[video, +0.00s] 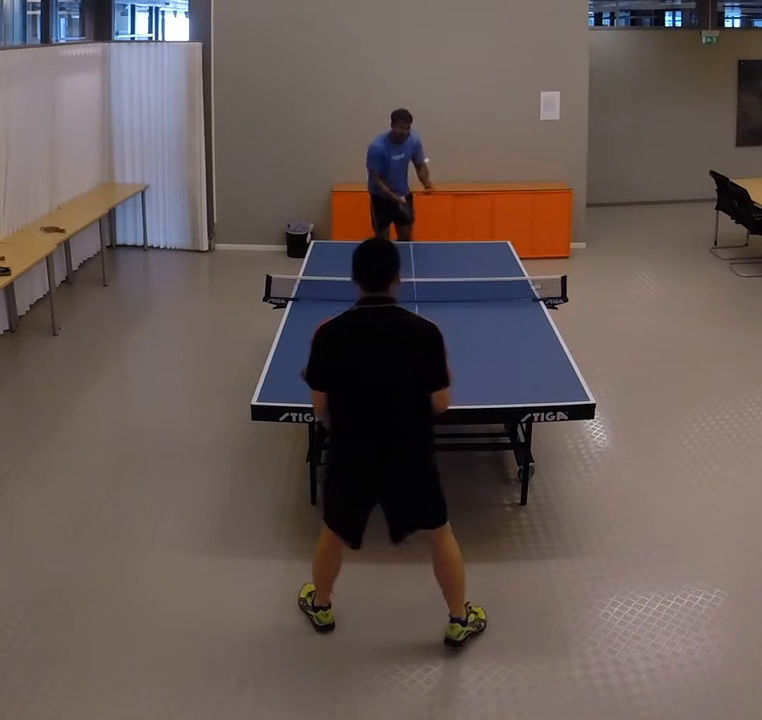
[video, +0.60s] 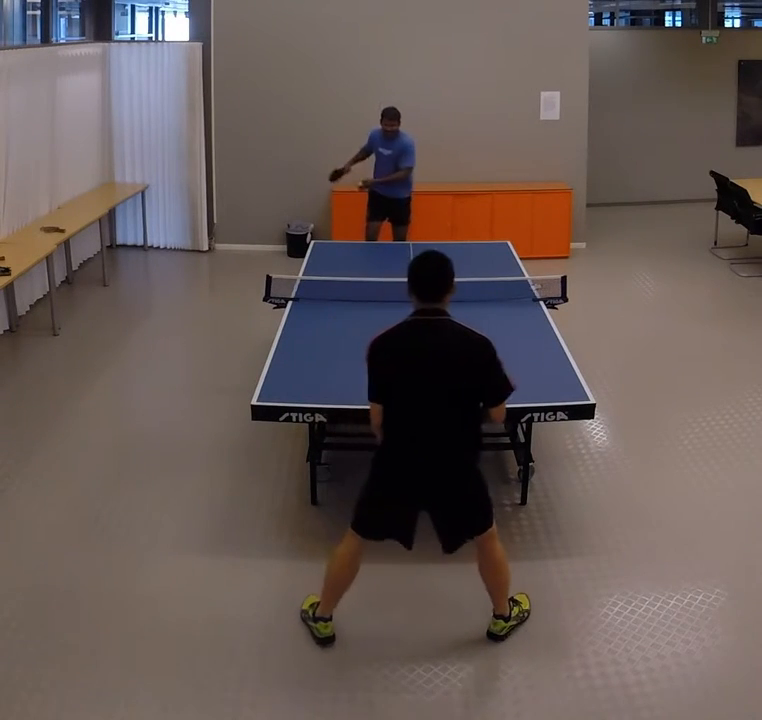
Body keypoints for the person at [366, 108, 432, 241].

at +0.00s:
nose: (405, 132)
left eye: (407, 128)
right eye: (401, 128)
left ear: (410, 127)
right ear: (392, 125)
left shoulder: (413, 141)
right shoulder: (377, 147)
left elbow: (420, 165)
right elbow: (376, 180)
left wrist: (426, 182)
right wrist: (397, 199)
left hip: (403, 194)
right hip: (381, 196)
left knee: (406, 238)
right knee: (383, 239)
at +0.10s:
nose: (407, 134)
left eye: (410, 130)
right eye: (404, 130)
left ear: (413, 129)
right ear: (395, 128)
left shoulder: (415, 143)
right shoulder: (379, 147)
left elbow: (423, 174)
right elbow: (370, 177)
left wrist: (428, 172)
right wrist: (384, 201)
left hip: (402, 196)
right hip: (381, 196)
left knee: (404, 238)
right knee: (381, 238)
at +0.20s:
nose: (408, 135)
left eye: (411, 131)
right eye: (404, 130)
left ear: (415, 130)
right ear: (396, 128)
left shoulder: (416, 146)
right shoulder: (380, 145)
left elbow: (424, 175)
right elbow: (367, 173)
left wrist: (425, 161)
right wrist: (371, 199)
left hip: (403, 198)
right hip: (381, 198)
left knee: (404, 243)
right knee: (379, 243)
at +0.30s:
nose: (405, 132)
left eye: (408, 129)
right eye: (401, 128)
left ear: (413, 128)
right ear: (394, 126)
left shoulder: (417, 143)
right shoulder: (379, 141)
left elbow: (423, 175)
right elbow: (363, 164)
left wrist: (415, 160)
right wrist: (360, 192)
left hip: (403, 198)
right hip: (380, 196)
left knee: (404, 242)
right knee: (377, 240)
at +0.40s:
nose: (400, 129)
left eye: (403, 126)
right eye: (397, 125)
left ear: (409, 125)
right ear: (391, 123)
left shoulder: (416, 143)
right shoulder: (378, 138)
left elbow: (418, 172)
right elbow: (362, 156)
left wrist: (402, 176)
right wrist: (355, 181)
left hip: (402, 197)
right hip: (379, 194)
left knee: (403, 240)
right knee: (374, 237)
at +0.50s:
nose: (395, 129)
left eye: (399, 125)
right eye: (392, 124)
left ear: (404, 124)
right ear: (386, 122)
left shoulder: (412, 143)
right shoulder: (377, 136)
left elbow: (413, 173)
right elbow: (363, 154)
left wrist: (389, 182)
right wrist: (352, 175)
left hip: (401, 197)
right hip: (379, 194)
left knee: (401, 240)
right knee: (373, 236)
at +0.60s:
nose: (388, 129)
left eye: (392, 126)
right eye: (386, 125)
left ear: (399, 124)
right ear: (381, 123)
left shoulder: (406, 143)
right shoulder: (376, 136)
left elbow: (405, 173)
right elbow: (366, 152)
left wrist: (374, 182)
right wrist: (348, 165)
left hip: (400, 197)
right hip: (378, 194)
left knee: (400, 241)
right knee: (371, 237)